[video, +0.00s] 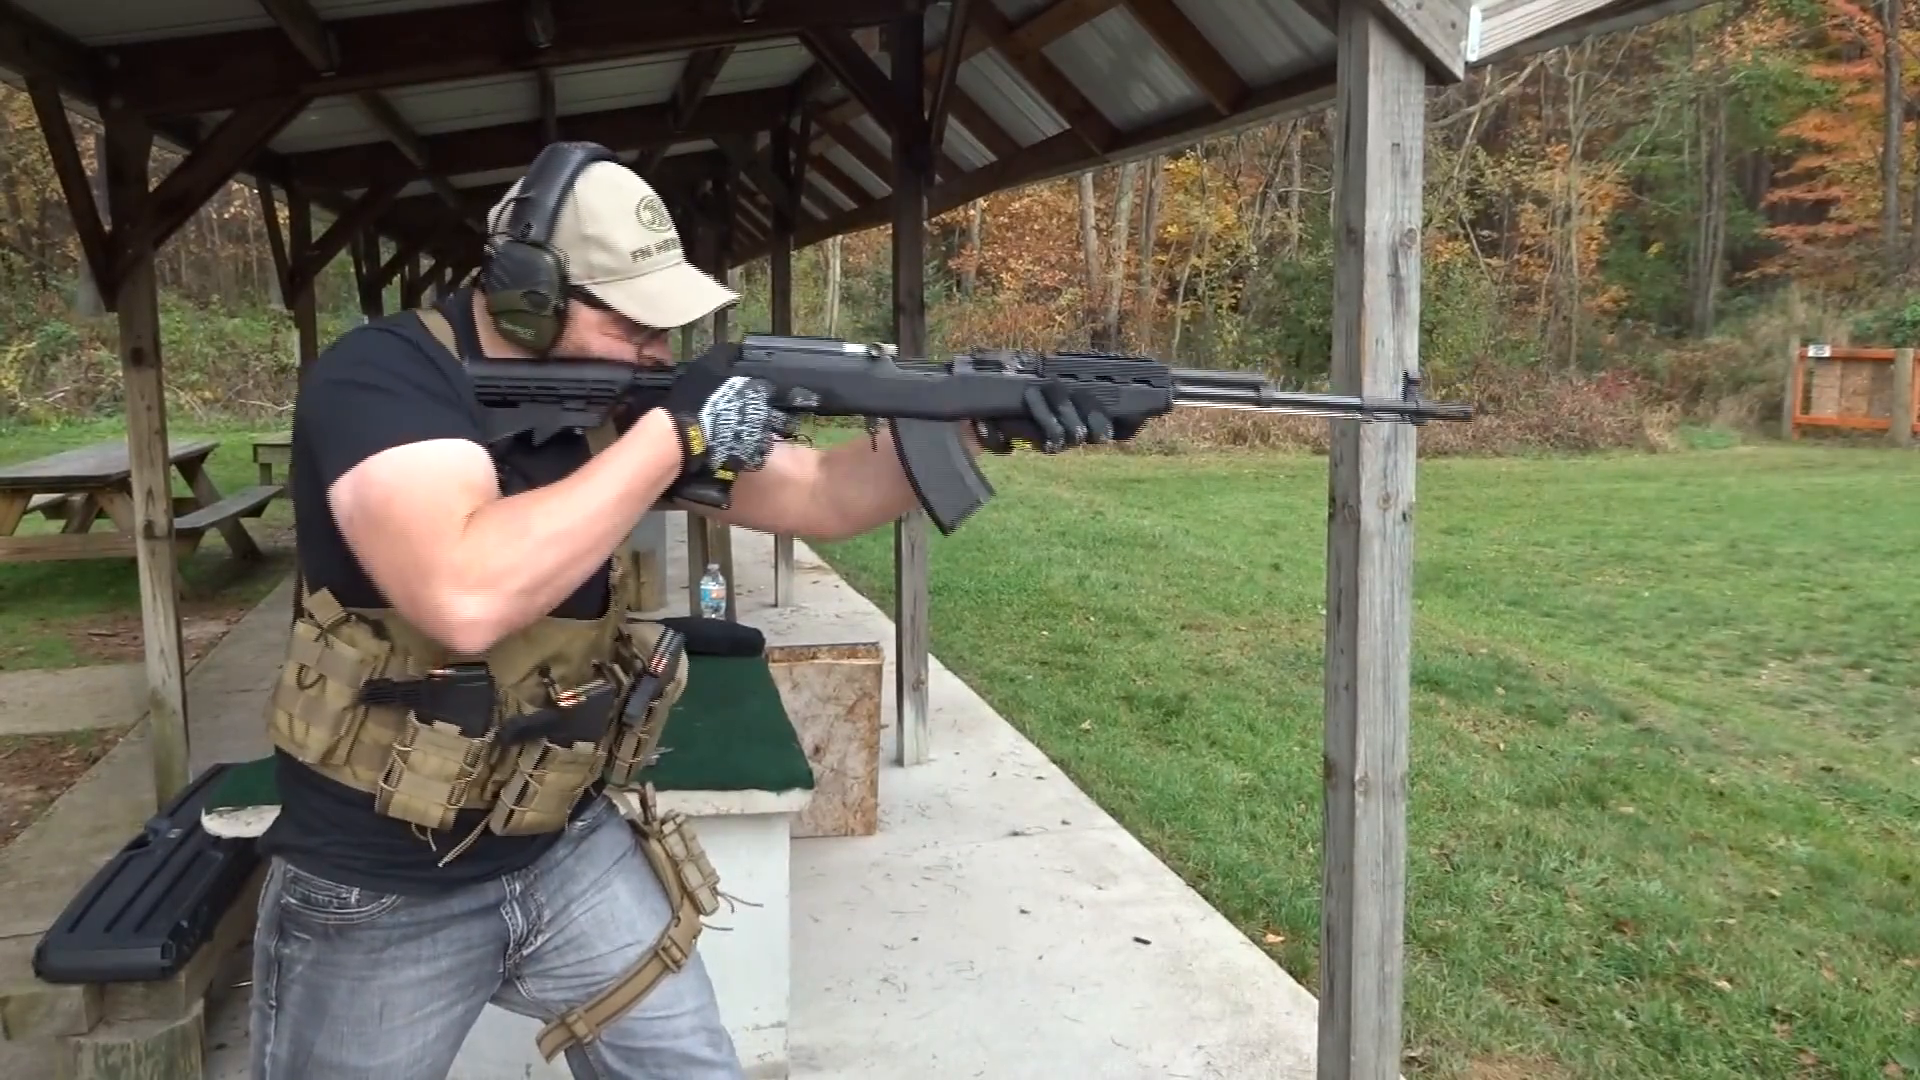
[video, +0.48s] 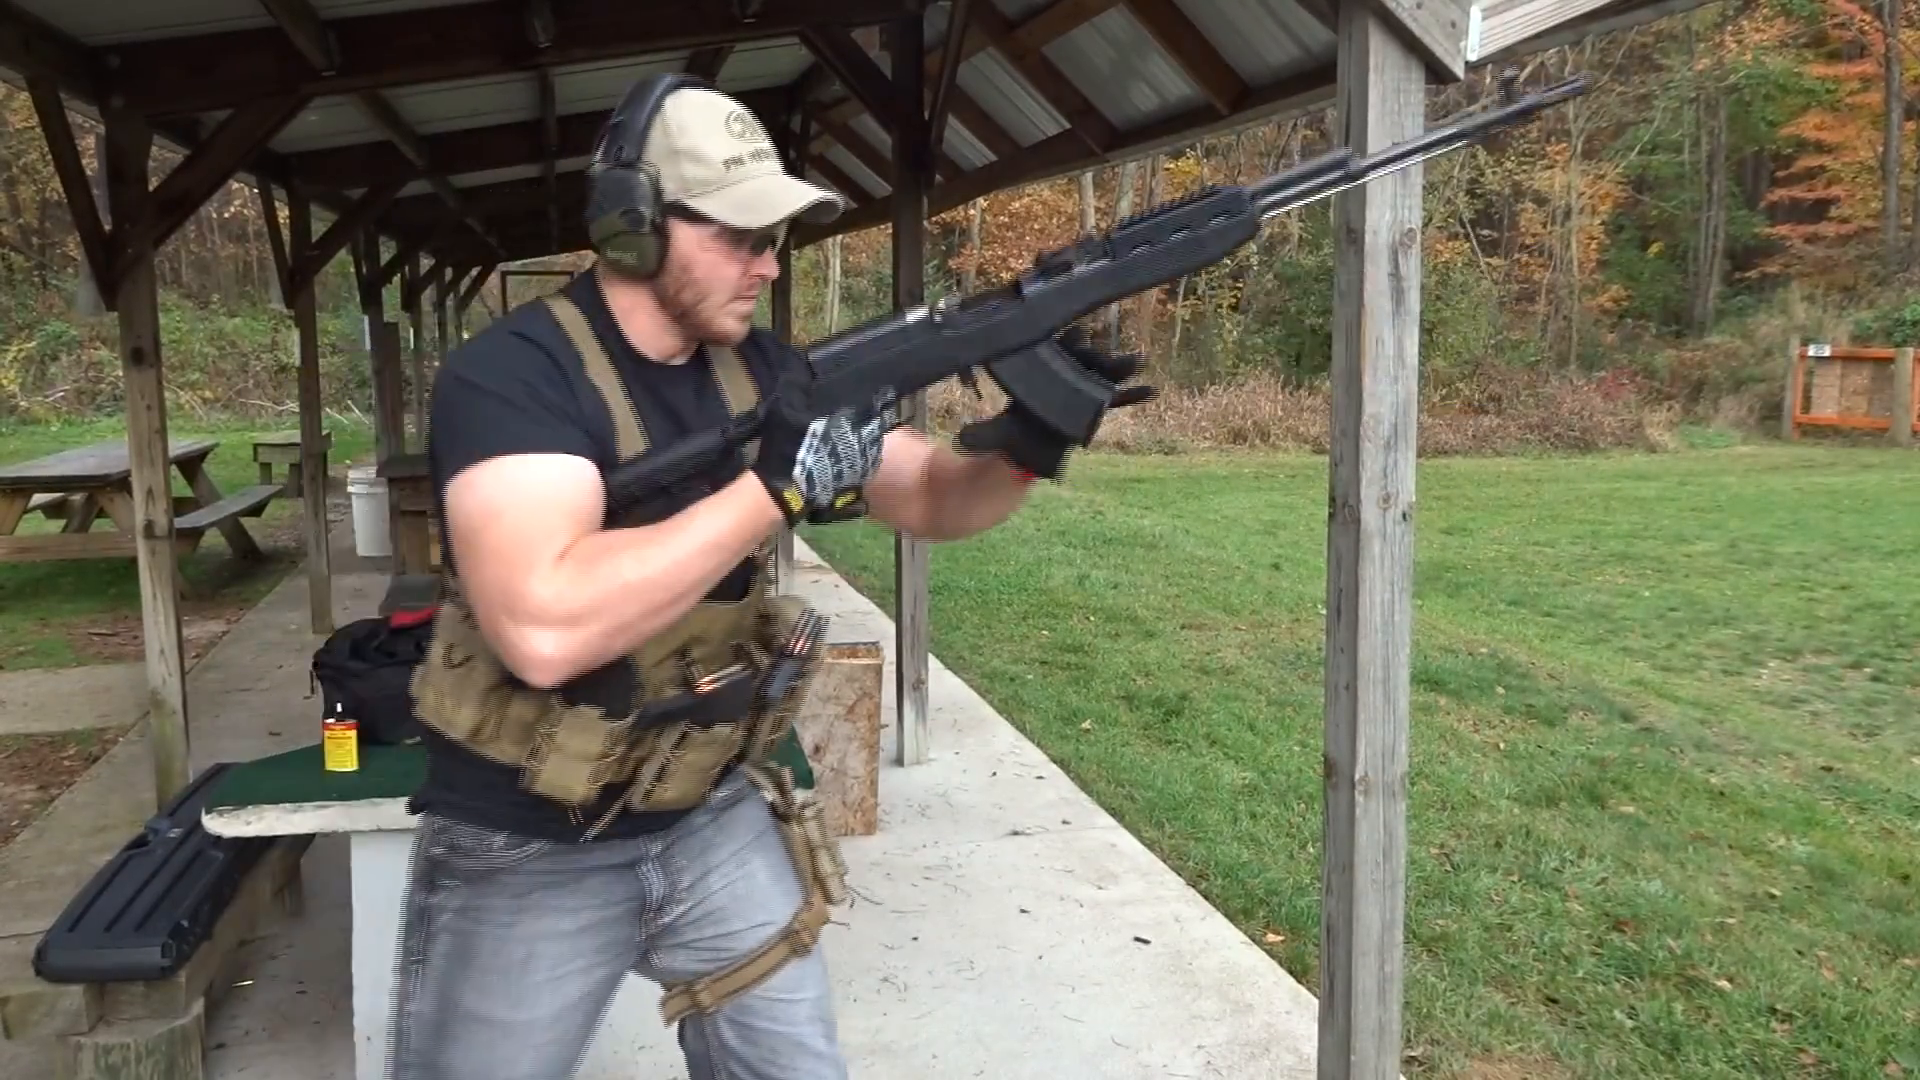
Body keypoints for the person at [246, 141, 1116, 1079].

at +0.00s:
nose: (653, 350)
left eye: (659, 326)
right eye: (628, 325)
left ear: (653, 298)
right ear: (527, 300)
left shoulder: (612, 399)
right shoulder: (375, 380)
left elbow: (819, 492)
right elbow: (463, 595)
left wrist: (999, 415)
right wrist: (668, 434)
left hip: (573, 848)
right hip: (380, 892)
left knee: (691, 1063)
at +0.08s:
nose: (663, 341)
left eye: (669, 318)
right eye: (638, 316)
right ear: (537, 294)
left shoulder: (625, 403)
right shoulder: (384, 381)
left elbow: (813, 519)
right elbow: (473, 565)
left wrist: (988, 426)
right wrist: (689, 424)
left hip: (575, 848)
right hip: (380, 893)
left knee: (698, 1068)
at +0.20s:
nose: (690, 328)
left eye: (691, 303)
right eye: (664, 301)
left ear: (588, 297)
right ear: (556, 288)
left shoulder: (648, 410)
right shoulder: (413, 358)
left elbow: (826, 547)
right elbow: (476, 458)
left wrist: (978, 451)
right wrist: (762, 447)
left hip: (594, 850)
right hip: (399, 892)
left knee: (726, 1067)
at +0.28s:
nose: (711, 315)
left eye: (716, 290)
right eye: (685, 289)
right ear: (582, 275)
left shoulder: (688, 404)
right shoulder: (449, 362)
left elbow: (855, 549)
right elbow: (483, 545)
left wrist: (987, 433)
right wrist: (754, 480)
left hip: (623, 843)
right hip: (420, 879)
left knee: (743, 1065)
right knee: (359, 1071)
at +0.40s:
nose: (752, 278)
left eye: (756, 249)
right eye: (723, 250)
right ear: (623, 240)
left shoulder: (741, 385)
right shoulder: (497, 375)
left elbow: (897, 525)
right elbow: (528, 622)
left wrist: (985, 458)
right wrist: (769, 500)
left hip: (693, 827)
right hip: (493, 860)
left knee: (787, 1066)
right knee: (428, 1066)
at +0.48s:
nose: (769, 266)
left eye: (772, 237)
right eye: (738, 238)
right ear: (634, 229)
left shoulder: (761, 369)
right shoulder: (509, 376)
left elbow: (931, 495)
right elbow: (544, 631)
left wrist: (1024, 448)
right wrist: (774, 490)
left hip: (719, 825)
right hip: (522, 860)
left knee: (798, 1065)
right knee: (470, 1068)